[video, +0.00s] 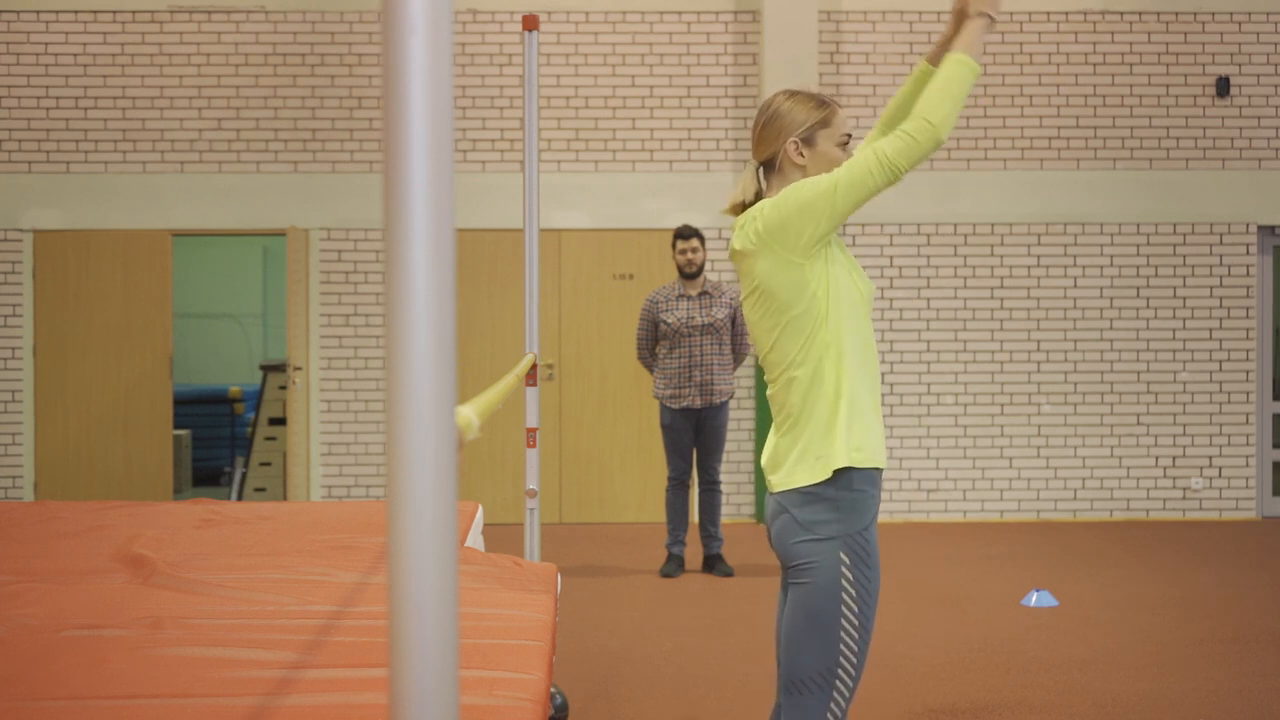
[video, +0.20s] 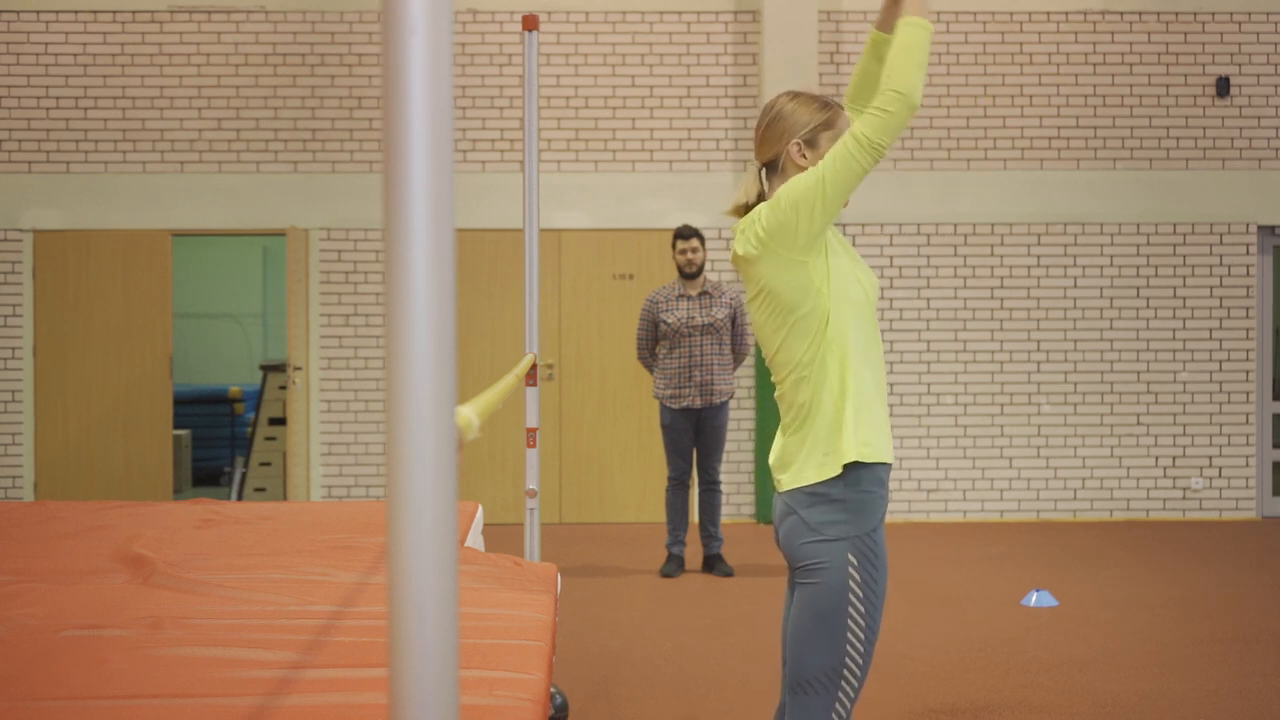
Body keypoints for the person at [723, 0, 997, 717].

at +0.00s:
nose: (850, 157)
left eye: (847, 141)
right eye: (840, 142)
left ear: (793, 151)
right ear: (795, 150)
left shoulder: (778, 223)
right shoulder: (781, 221)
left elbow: (885, 138)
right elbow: (911, 143)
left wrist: (950, 34)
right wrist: (974, 29)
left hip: (819, 492)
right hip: (829, 495)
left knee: (806, 700)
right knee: (819, 703)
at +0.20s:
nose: (845, 158)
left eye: (845, 143)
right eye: (837, 142)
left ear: (792, 155)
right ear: (801, 154)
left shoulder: (782, 224)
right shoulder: (783, 225)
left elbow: (854, 118)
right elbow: (891, 114)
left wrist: (890, 12)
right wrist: (916, 12)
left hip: (829, 488)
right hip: (834, 493)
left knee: (813, 695)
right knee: (823, 700)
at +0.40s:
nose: (851, 164)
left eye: (847, 149)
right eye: (838, 147)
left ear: (793, 155)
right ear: (799, 154)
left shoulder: (786, 228)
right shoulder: (782, 227)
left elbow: (831, 102)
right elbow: (866, 94)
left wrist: (840, 7)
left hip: (840, 489)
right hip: (842, 493)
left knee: (818, 697)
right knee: (828, 700)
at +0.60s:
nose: (863, 166)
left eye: (860, 151)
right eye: (850, 150)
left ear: (795, 157)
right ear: (807, 157)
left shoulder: (793, 233)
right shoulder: (785, 235)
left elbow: (814, 88)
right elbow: (842, 78)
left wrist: (796, 3)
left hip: (848, 489)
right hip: (847, 493)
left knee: (821, 697)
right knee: (830, 701)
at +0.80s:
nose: (863, 168)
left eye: (860, 154)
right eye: (852, 152)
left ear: (799, 159)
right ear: (806, 156)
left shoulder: (798, 235)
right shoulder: (787, 231)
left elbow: (800, 101)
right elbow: (826, 78)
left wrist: (765, 15)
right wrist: (779, 6)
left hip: (855, 489)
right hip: (852, 492)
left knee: (821, 700)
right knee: (833, 703)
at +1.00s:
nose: (864, 169)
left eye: (863, 154)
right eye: (853, 152)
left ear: (802, 156)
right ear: (806, 154)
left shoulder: (795, 236)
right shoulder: (788, 234)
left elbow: (790, 110)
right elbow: (817, 70)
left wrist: (744, 18)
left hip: (853, 487)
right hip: (854, 492)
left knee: (819, 701)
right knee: (836, 704)